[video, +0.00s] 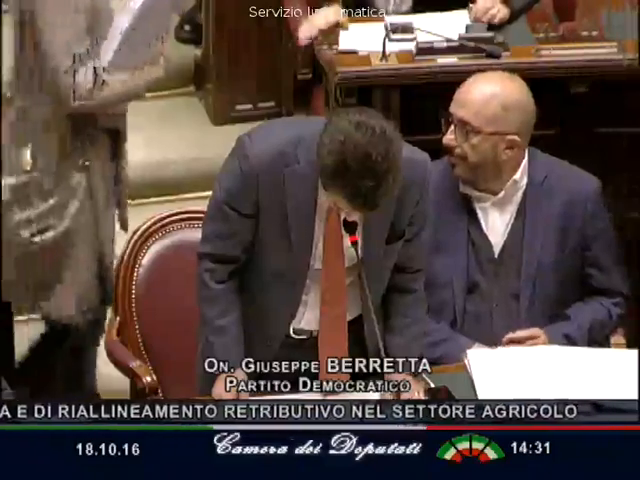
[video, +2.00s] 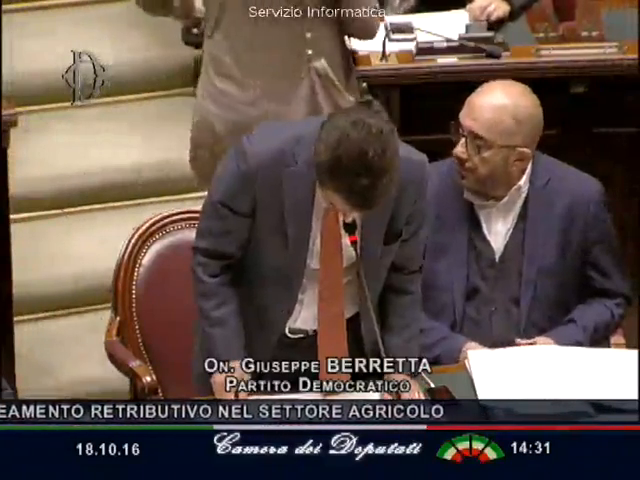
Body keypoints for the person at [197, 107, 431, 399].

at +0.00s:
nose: (352, 217)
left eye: (364, 209)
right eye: (342, 206)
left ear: (392, 176)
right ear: (322, 175)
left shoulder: (413, 172)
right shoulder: (258, 161)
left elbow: (408, 279)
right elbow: (217, 265)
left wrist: (404, 367)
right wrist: (227, 366)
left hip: (358, 335)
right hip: (273, 339)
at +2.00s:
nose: (348, 217)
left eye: (360, 209)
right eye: (338, 205)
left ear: (390, 174)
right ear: (319, 169)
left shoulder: (411, 174)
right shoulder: (256, 163)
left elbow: (405, 279)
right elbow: (212, 262)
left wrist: (402, 368)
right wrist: (228, 359)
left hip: (355, 334)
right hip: (269, 338)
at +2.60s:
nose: (349, 216)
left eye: (361, 208)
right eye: (339, 204)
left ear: (389, 176)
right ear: (320, 170)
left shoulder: (408, 177)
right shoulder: (253, 160)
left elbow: (402, 279)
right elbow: (207, 255)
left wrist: (402, 366)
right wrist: (231, 349)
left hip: (350, 334)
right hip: (266, 338)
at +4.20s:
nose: (350, 214)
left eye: (362, 207)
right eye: (340, 203)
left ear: (388, 176)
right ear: (320, 166)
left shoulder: (407, 174)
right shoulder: (252, 159)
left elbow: (401, 275)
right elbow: (206, 252)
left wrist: (400, 365)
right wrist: (234, 344)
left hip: (349, 336)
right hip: (264, 340)